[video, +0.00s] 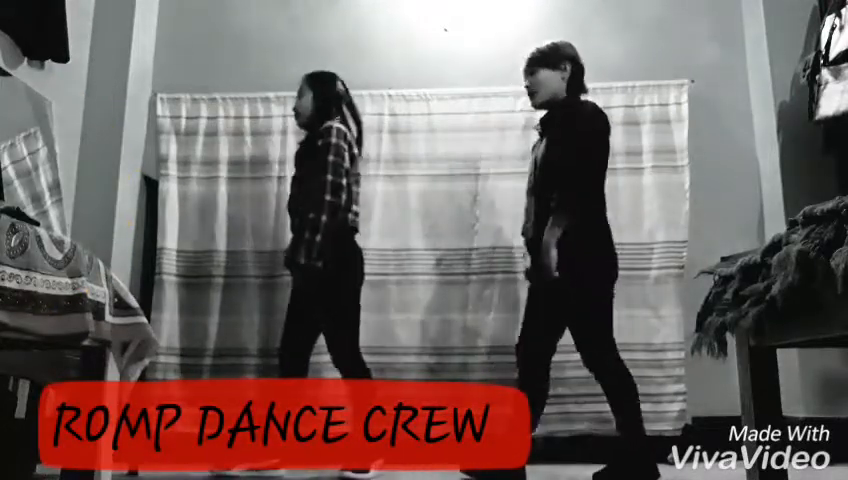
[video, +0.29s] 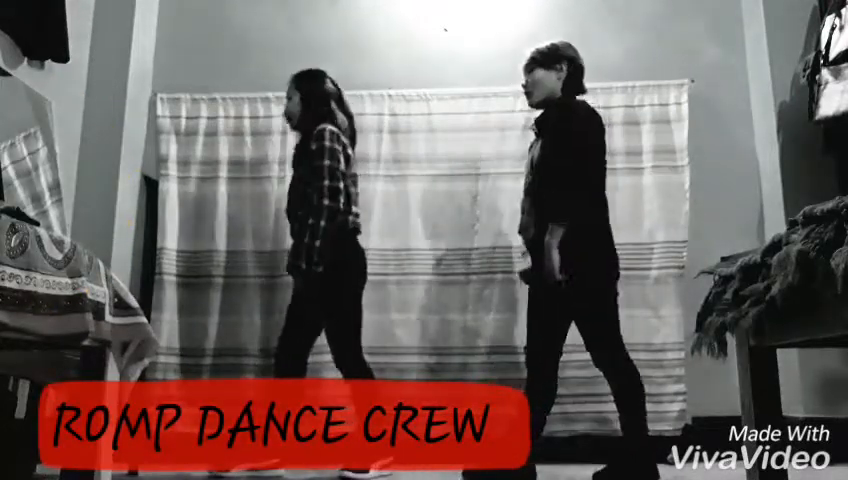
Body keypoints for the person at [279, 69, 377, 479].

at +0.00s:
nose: (295, 104)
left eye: (303, 95)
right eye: (297, 96)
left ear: (323, 99)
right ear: (325, 100)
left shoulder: (333, 133)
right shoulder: (323, 135)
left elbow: (328, 199)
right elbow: (318, 199)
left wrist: (309, 256)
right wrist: (300, 249)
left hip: (332, 256)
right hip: (324, 256)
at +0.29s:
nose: (285, 108)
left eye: (290, 99)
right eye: (286, 99)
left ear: (307, 101)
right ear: (317, 100)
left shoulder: (324, 136)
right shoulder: (323, 137)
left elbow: (325, 201)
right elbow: (322, 202)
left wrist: (307, 261)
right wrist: (303, 257)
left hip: (332, 258)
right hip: (335, 257)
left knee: (290, 356)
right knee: (349, 355)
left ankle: (279, 442)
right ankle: (383, 436)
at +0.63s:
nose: (282, 102)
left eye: (288, 94)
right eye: (284, 94)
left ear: (304, 96)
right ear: (316, 95)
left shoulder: (318, 129)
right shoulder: (316, 132)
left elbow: (317, 192)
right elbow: (312, 194)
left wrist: (302, 249)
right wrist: (298, 244)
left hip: (325, 254)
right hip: (324, 252)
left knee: (294, 352)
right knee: (343, 353)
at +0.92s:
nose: (295, 97)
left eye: (303, 89)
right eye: (296, 90)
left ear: (328, 92)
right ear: (302, 95)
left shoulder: (349, 137)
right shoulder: (292, 141)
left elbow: (356, 205)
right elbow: (279, 204)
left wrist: (326, 256)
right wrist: (278, 254)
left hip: (337, 263)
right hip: (293, 263)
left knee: (354, 355)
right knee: (278, 356)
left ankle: (380, 444)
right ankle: (264, 447)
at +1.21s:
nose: (341, 95)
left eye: (344, 89)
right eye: (332, 88)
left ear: (347, 97)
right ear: (310, 95)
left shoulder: (349, 141)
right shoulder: (295, 135)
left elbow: (360, 199)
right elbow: (290, 197)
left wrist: (357, 252)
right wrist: (306, 255)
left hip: (339, 263)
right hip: (296, 263)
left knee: (350, 360)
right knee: (279, 358)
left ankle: (364, 452)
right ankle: (247, 451)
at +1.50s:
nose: (343, 104)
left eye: (342, 97)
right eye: (335, 96)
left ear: (327, 105)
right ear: (311, 101)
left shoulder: (328, 146)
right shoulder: (294, 135)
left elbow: (342, 206)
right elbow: (278, 193)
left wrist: (357, 253)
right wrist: (304, 253)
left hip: (328, 264)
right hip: (296, 262)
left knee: (346, 353)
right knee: (281, 353)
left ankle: (361, 441)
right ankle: (234, 437)